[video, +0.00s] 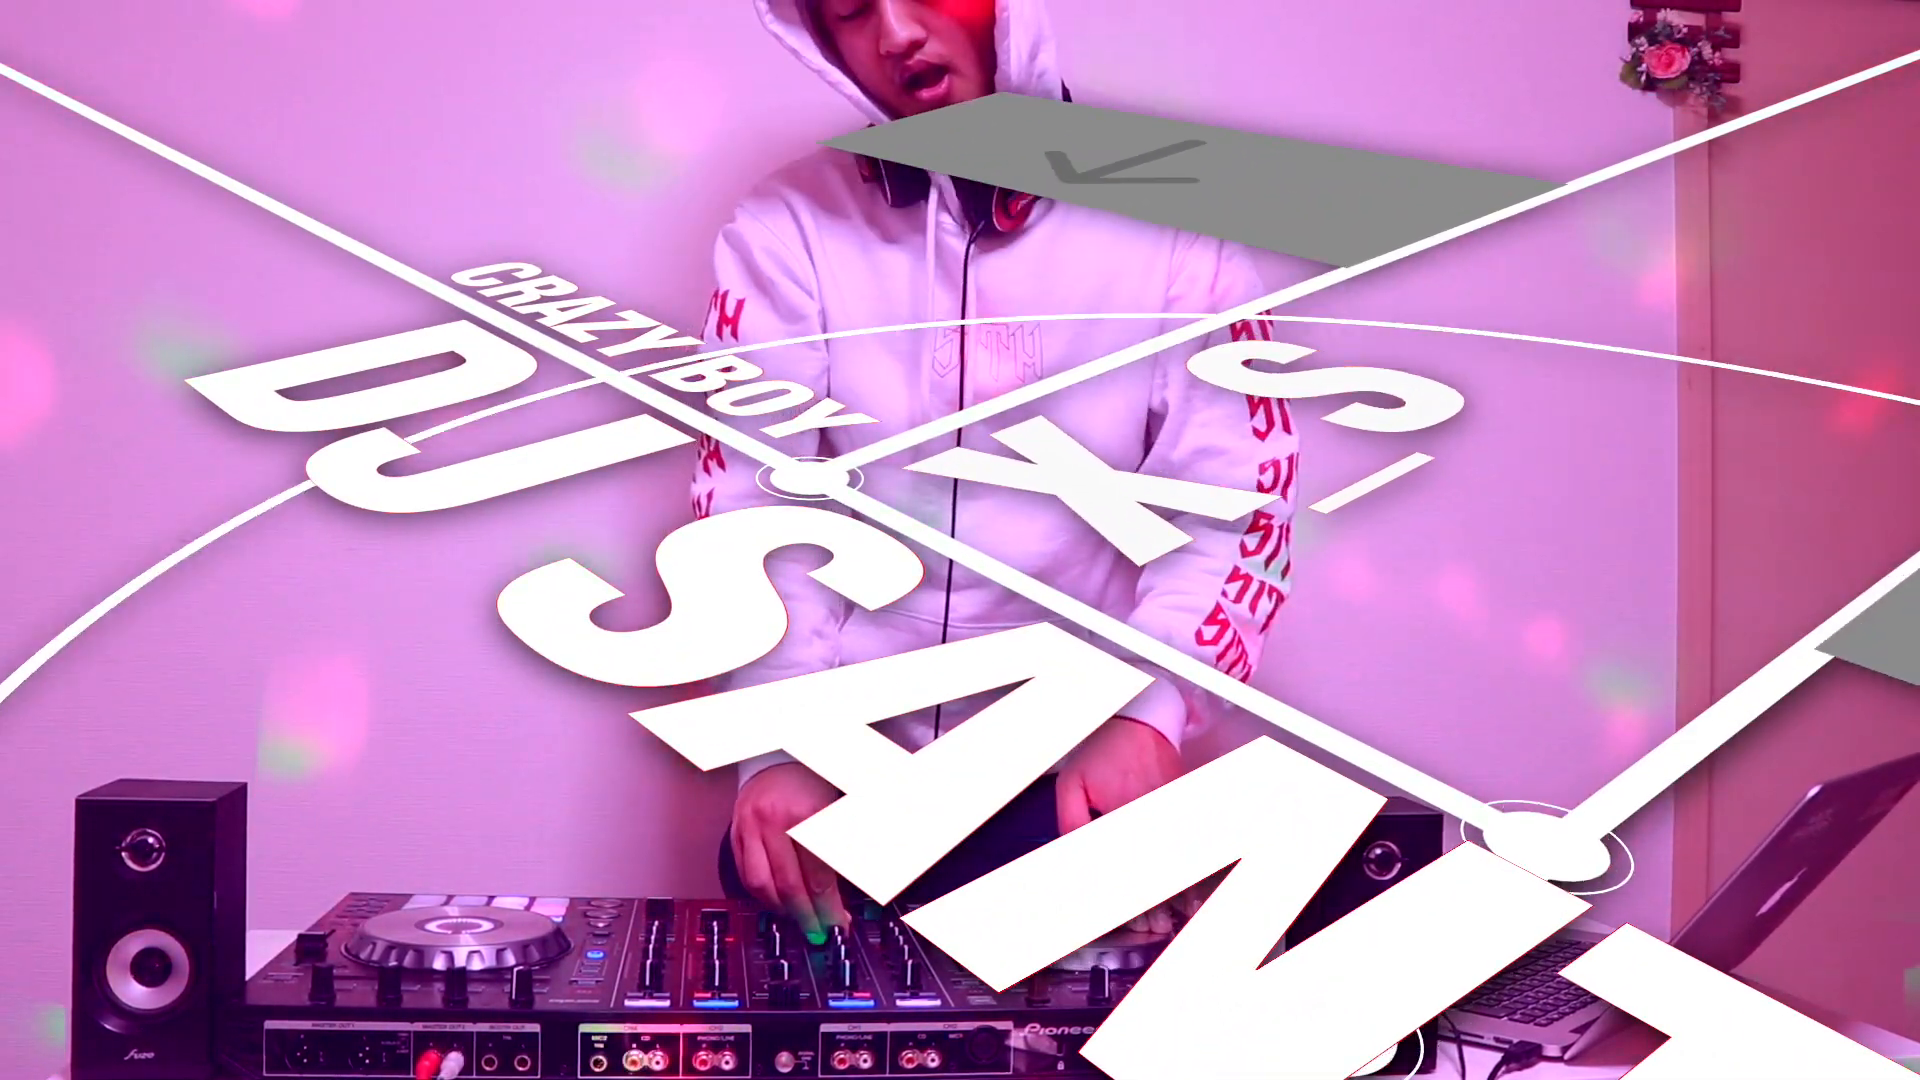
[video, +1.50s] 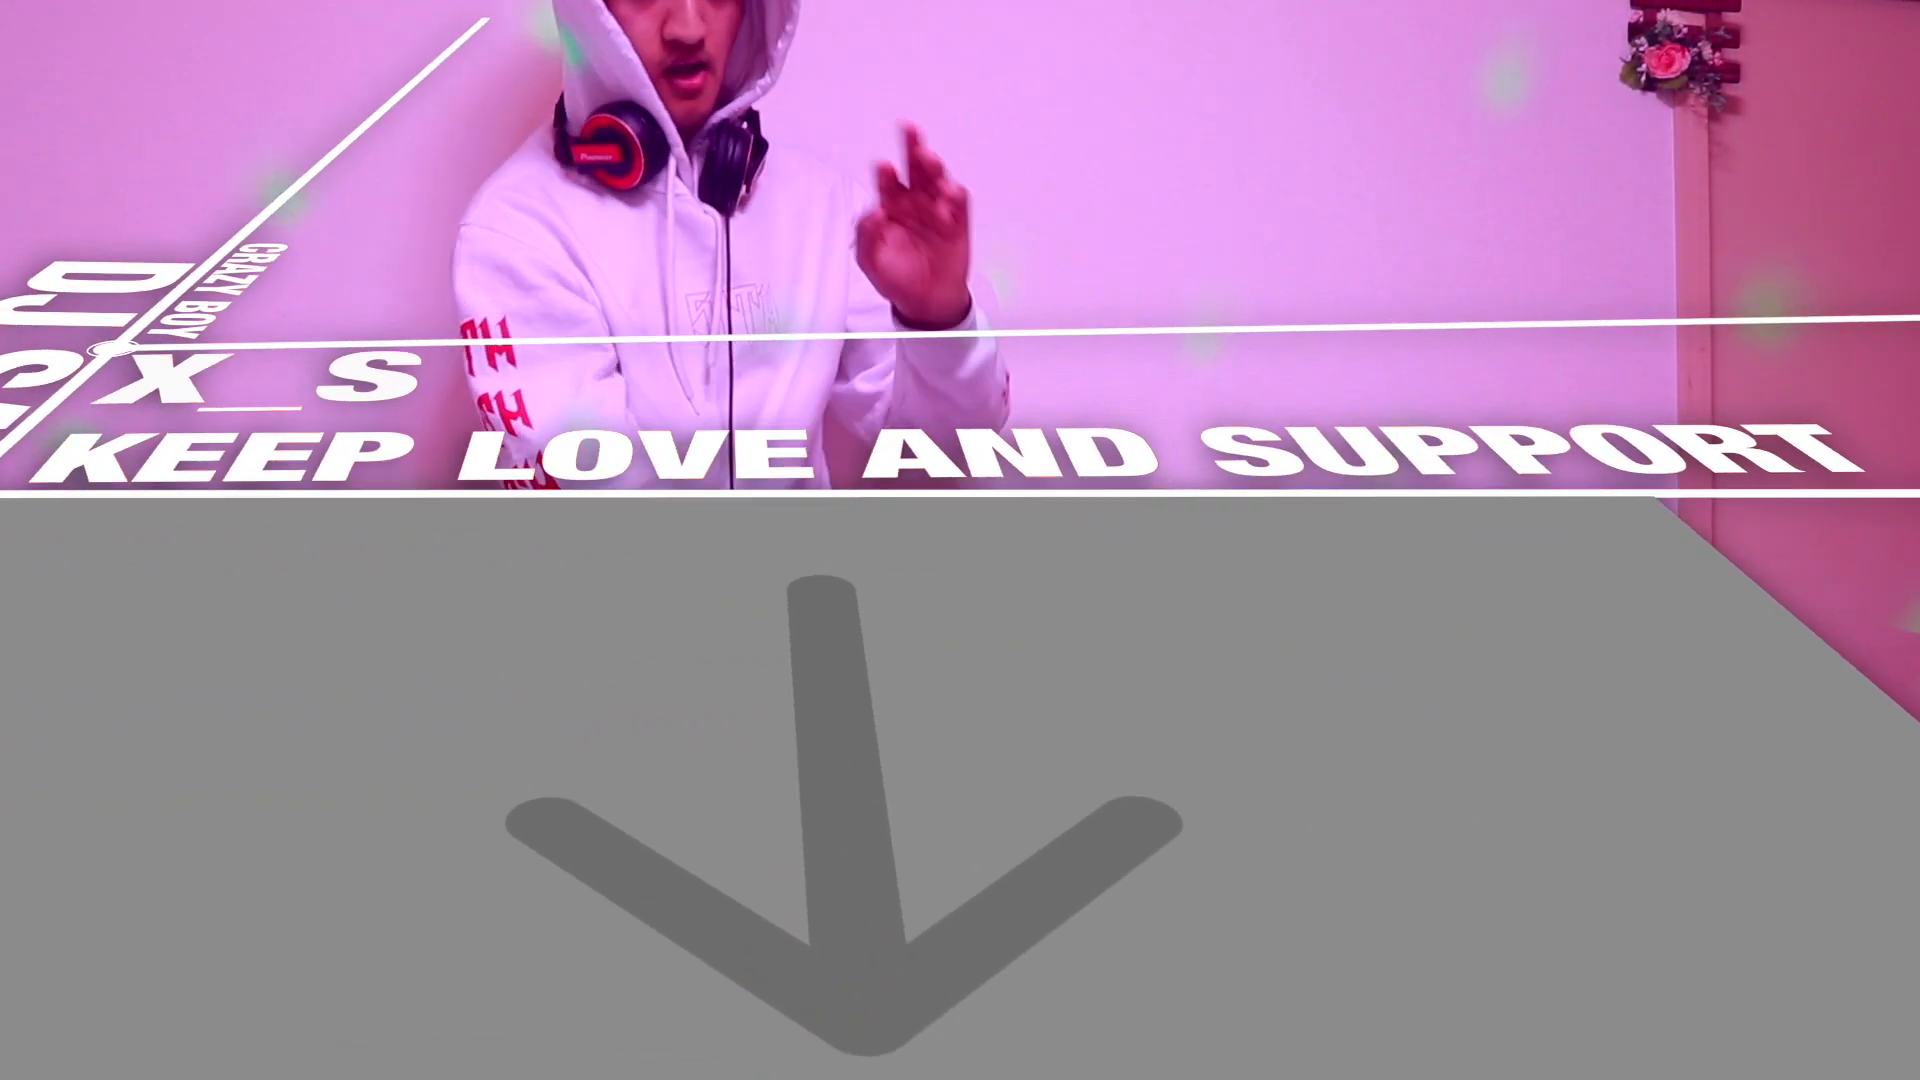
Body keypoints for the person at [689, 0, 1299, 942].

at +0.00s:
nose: (900, 34)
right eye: (855, 11)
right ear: (824, 42)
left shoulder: (1170, 224)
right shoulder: (785, 235)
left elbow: (1237, 514)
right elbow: (753, 508)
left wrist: (1148, 713)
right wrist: (782, 739)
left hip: (1084, 746)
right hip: (846, 752)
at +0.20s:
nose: (893, 58)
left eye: (918, 5)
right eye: (844, 31)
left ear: (995, 2)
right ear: (820, 62)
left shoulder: (1175, 213)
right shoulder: (791, 240)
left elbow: (1236, 508)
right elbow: (774, 517)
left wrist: (1167, 762)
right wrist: (794, 745)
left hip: (1089, 803)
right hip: (863, 794)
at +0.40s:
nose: (908, 78)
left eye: (935, 20)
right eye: (855, 47)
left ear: (1004, 12)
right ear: (823, 71)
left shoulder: (1174, 216)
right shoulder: (783, 243)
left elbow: (1248, 481)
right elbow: (755, 510)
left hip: (1117, 592)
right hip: (883, 608)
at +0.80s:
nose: (905, 34)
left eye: (942, 7)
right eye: (863, 15)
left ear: (991, 25)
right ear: (808, 34)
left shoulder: (1093, 196)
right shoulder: (735, 234)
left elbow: (1198, 419)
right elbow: (707, 491)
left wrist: (1009, 210)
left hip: (1074, 578)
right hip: (844, 594)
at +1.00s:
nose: (828, 46)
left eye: (855, 6)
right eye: (782, 16)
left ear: (901, 19)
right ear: (724, 37)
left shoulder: (976, 188)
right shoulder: (651, 232)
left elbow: (1135, 334)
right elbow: (660, 479)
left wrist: (980, 132)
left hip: (971, 559)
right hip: (770, 582)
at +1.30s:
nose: (702, 54)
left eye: (732, 16)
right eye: (659, 19)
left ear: (769, 26)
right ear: (598, 34)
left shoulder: (843, 187)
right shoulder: (530, 242)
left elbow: (996, 383)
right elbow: (584, 478)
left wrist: (917, 210)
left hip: (833, 553)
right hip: (645, 579)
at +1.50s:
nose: (687, 30)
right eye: (646, 1)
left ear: (748, 13)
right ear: (585, 17)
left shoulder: (831, 206)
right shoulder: (518, 221)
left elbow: (935, 478)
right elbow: (581, 476)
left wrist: (938, 322)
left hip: (807, 574)